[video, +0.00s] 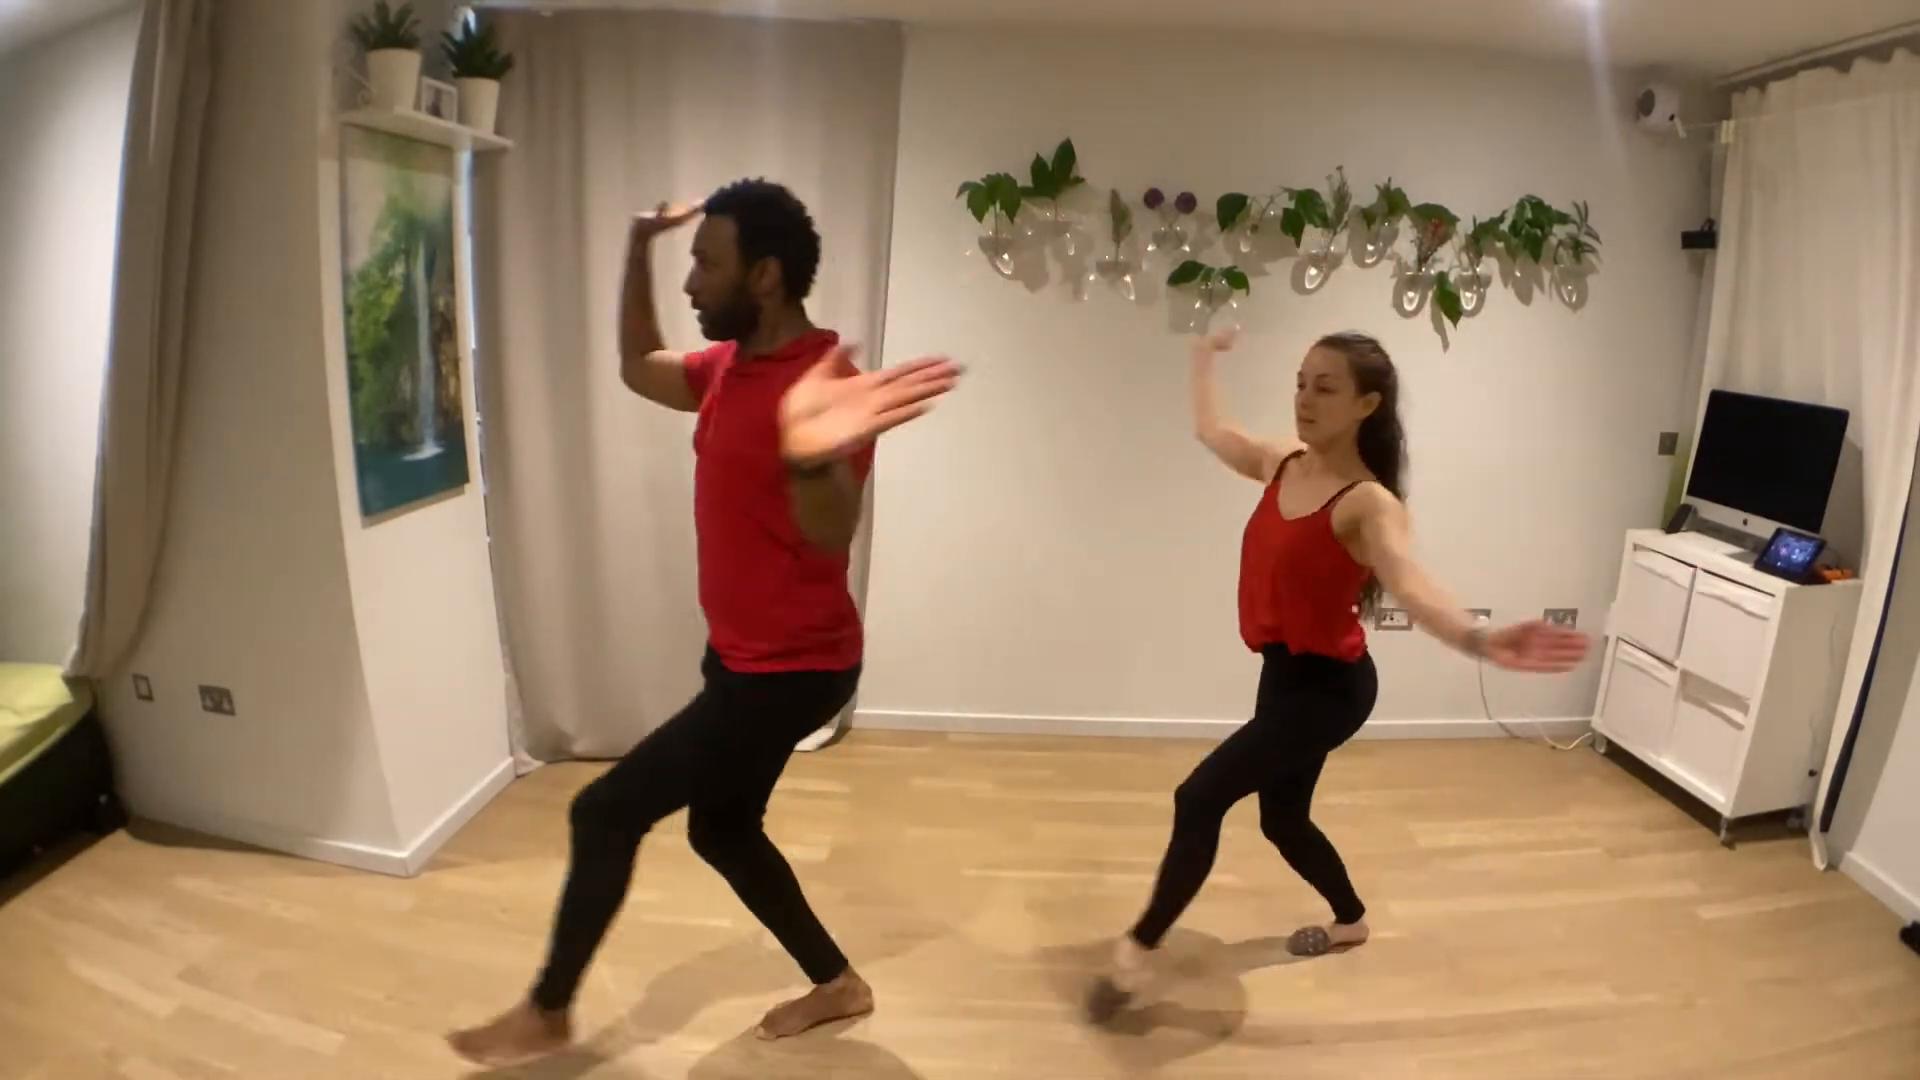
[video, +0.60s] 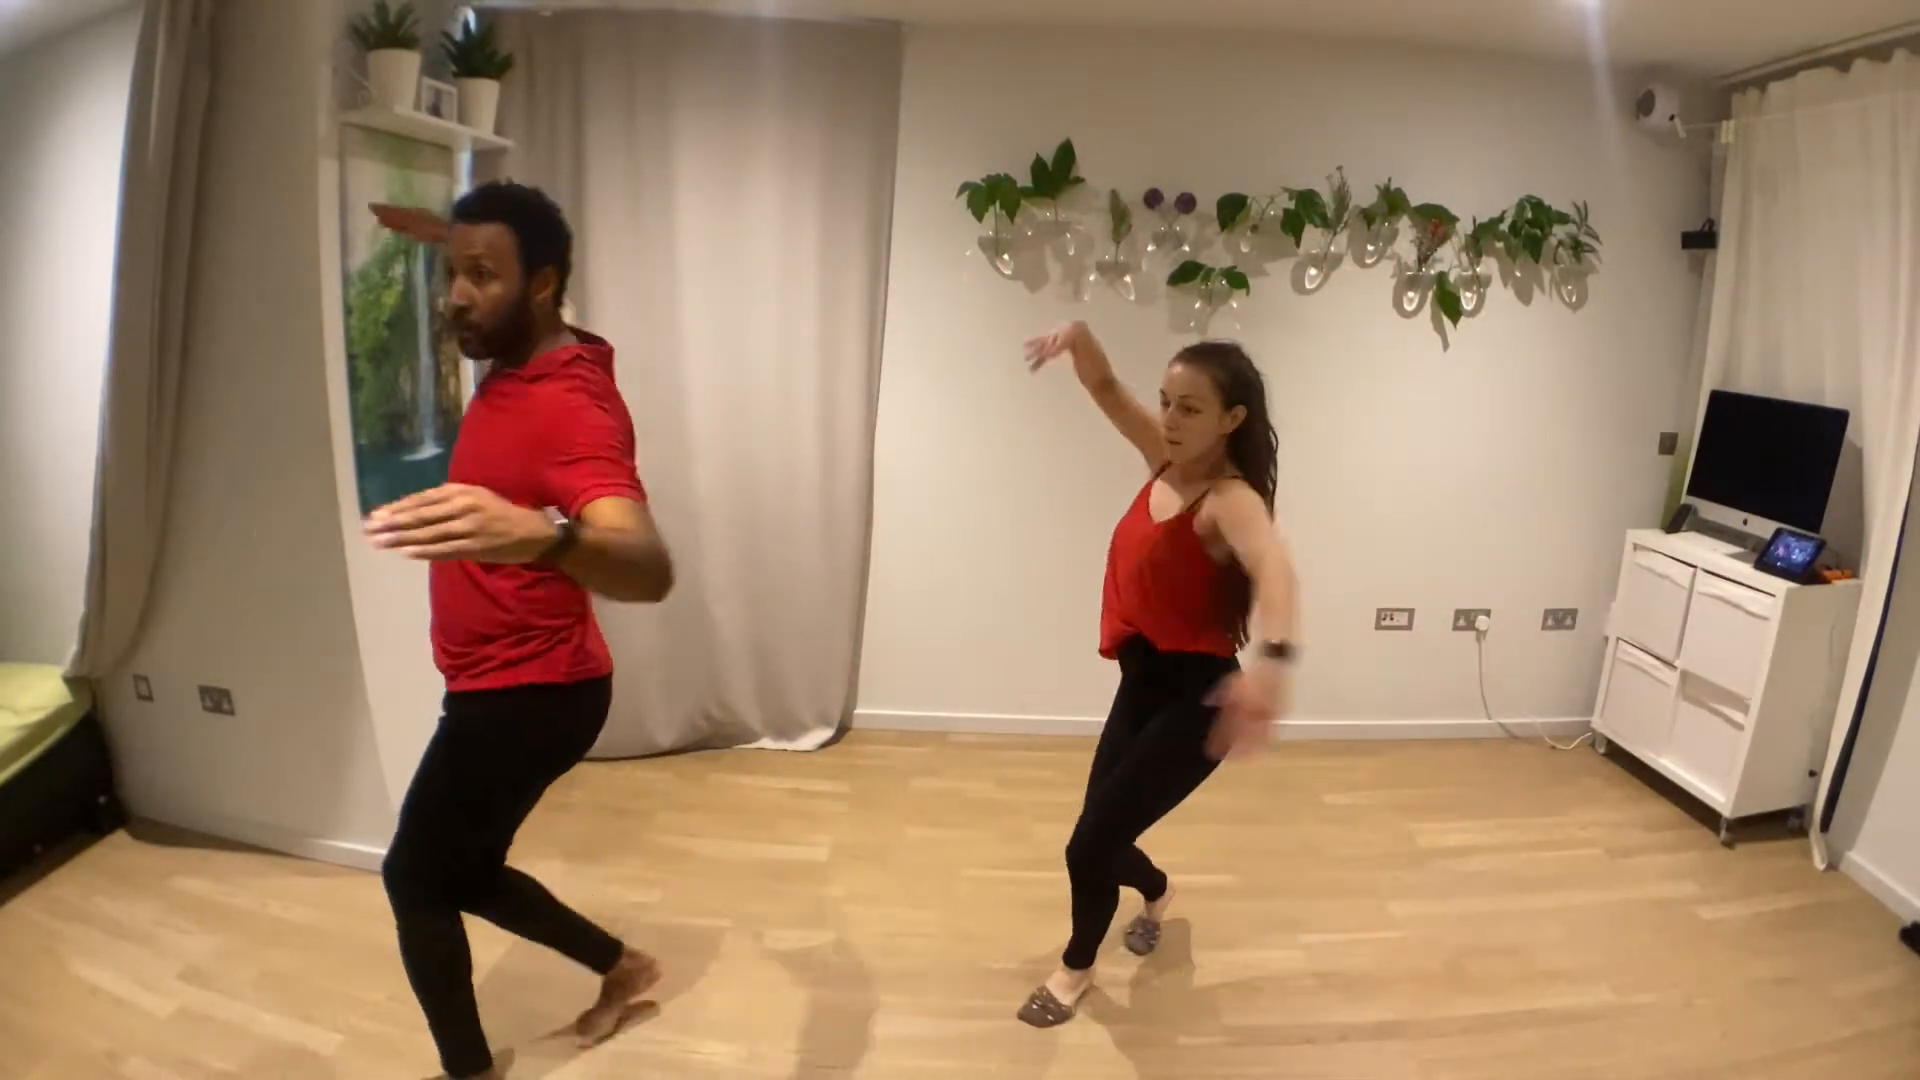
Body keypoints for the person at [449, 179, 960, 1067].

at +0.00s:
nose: (690, 279)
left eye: (705, 262)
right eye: (692, 262)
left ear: (767, 274)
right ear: (752, 275)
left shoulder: (830, 375)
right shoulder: (727, 364)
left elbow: (830, 538)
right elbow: (641, 366)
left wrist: (807, 460)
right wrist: (638, 249)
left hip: (796, 668)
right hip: (737, 655)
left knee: (606, 811)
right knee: (724, 832)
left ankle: (546, 1013)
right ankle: (837, 981)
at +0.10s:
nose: (647, 288)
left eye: (665, 271)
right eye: (653, 269)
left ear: (726, 287)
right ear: (719, 287)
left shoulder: (791, 395)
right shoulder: (702, 369)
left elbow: (735, 530)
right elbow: (585, 367)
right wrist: (536, 254)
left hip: (737, 669)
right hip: (697, 655)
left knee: (541, 815)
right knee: (691, 839)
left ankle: (463, 1007)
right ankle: (832, 979)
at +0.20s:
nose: (613, 300)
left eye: (628, 283)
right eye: (616, 281)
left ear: (692, 295)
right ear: (689, 295)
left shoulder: (745, 402)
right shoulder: (673, 369)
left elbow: (633, 530)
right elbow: (543, 352)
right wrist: (452, 261)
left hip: (666, 676)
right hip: (663, 667)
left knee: (486, 825)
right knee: (667, 841)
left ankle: (446, 1031)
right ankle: (823, 973)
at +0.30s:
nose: (575, 312)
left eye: (590, 292)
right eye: (579, 291)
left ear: (657, 303)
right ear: (653, 302)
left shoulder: (685, 409)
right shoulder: (656, 371)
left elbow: (530, 530)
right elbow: (510, 320)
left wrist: (343, 563)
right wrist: (400, 252)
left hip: (588, 680)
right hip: (619, 673)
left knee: (450, 858)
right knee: (634, 849)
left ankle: (464, 1060)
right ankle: (805, 963)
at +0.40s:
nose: (534, 311)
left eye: (552, 295)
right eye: (536, 292)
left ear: (619, 307)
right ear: (615, 304)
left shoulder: (629, 419)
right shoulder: (619, 370)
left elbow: (502, 552)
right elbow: (510, 297)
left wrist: (307, 562)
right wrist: (394, 228)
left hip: (530, 683)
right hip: (569, 674)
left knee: (422, 875)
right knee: (557, 864)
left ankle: (474, 1068)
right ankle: (749, 951)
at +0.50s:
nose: (494, 308)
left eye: (516, 288)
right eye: (492, 286)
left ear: (581, 301)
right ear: (572, 302)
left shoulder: (591, 420)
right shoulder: (572, 364)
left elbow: (561, 580)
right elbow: (510, 270)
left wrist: (401, 549)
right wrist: (428, 225)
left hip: (514, 692)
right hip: (529, 681)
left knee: (404, 876)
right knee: (479, 873)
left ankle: (467, 1069)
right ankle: (671, 938)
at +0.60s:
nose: (459, 295)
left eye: (483, 274)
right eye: (454, 273)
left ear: (544, 285)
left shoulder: (571, 399)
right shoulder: (528, 359)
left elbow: (647, 571)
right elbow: (501, 274)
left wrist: (539, 534)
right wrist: (442, 233)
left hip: (526, 689)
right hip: (515, 677)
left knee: (416, 878)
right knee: (465, 870)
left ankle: (468, 1068)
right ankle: (623, 967)